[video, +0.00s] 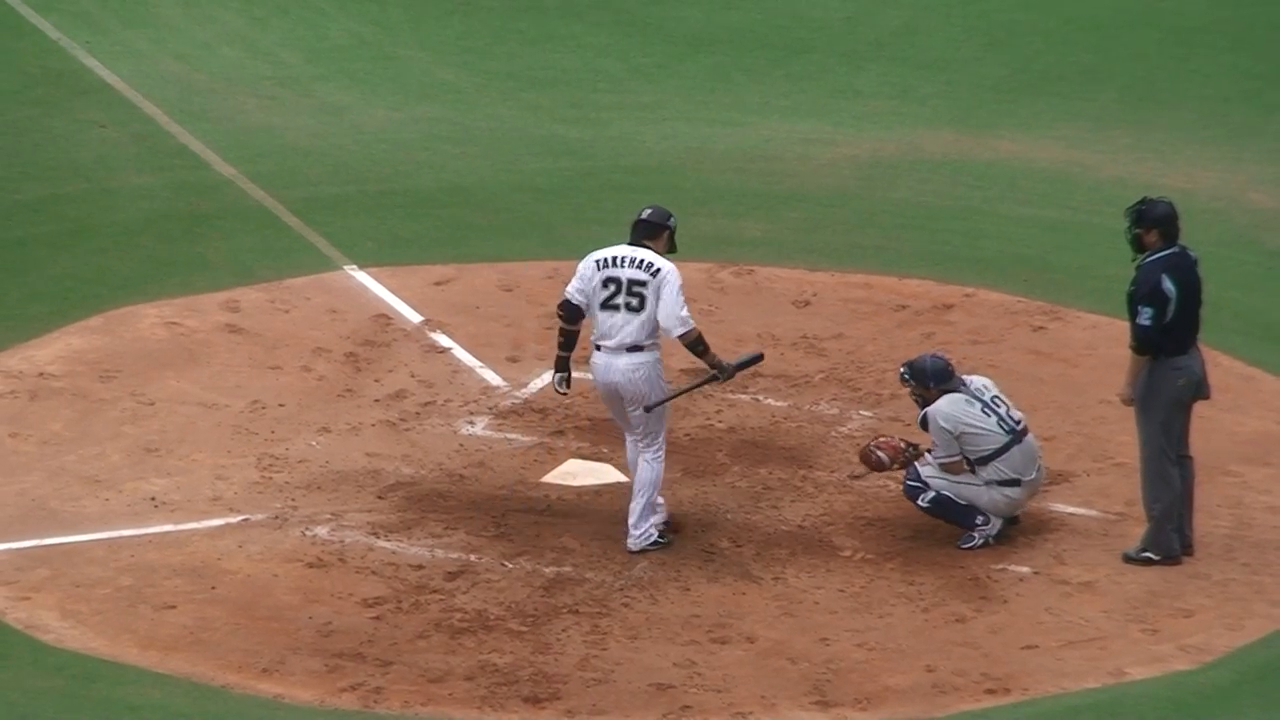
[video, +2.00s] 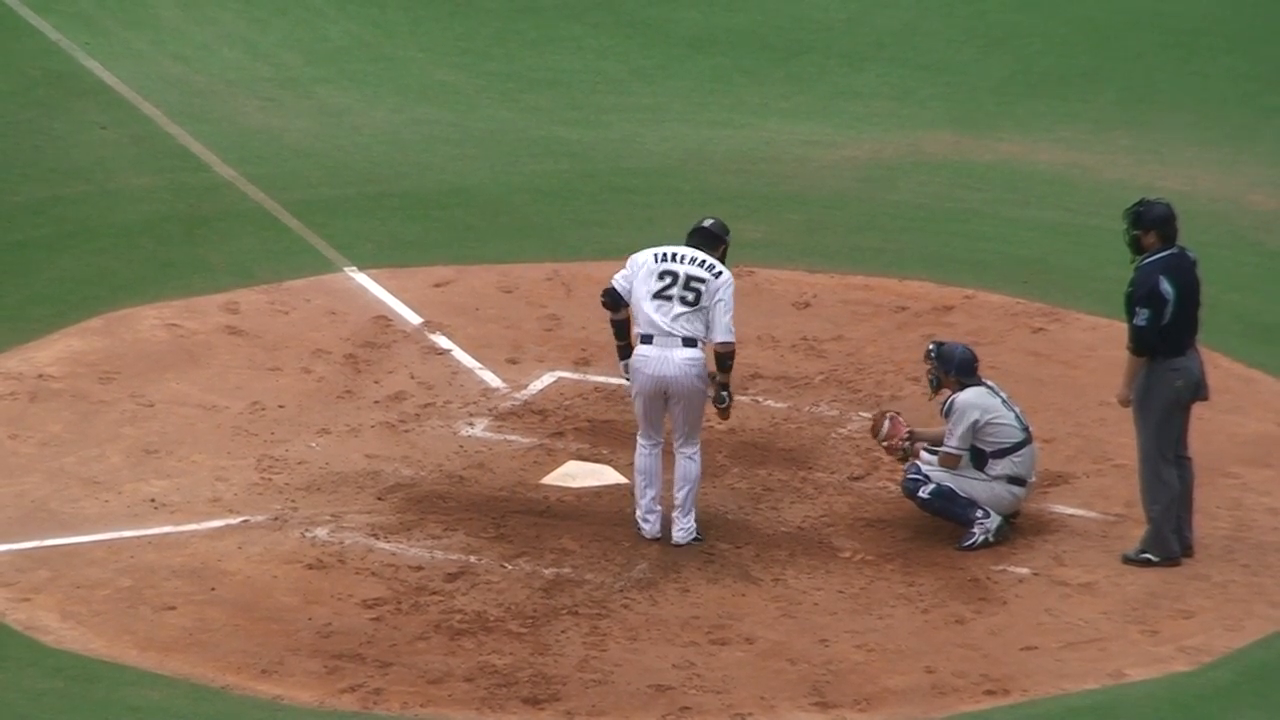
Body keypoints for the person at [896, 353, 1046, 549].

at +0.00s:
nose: (913, 393)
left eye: (916, 388)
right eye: (911, 388)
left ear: (931, 390)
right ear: (950, 376)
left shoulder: (937, 412)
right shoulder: (979, 381)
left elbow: (954, 468)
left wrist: (922, 458)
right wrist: (926, 452)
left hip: (1007, 497)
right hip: (1035, 478)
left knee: (915, 480)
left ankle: (985, 524)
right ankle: (1007, 511)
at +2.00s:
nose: (931, 372)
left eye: (936, 368)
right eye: (933, 367)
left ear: (951, 375)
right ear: (965, 372)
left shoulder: (964, 402)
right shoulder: (984, 387)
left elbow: (949, 462)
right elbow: (955, 436)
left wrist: (916, 451)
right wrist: (912, 434)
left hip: (1004, 492)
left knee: (914, 478)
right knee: (929, 453)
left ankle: (985, 520)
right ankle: (1003, 507)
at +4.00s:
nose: (940, 366)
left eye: (945, 362)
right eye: (942, 361)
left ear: (960, 371)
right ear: (973, 370)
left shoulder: (969, 402)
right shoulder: (992, 387)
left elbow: (948, 462)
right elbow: (961, 433)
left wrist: (912, 452)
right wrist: (920, 435)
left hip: (1004, 492)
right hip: (1018, 482)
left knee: (914, 478)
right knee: (929, 451)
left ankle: (983, 519)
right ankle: (1002, 506)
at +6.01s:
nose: (941, 365)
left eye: (946, 362)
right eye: (943, 360)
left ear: (961, 370)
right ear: (976, 368)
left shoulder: (970, 401)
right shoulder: (993, 387)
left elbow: (946, 461)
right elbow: (963, 431)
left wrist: (908, 458)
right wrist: (923, 433)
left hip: (1002, 491)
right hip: (1016, 483)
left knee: (914, 480)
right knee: (925, 455)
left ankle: (983, 518)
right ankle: (1002, 506)